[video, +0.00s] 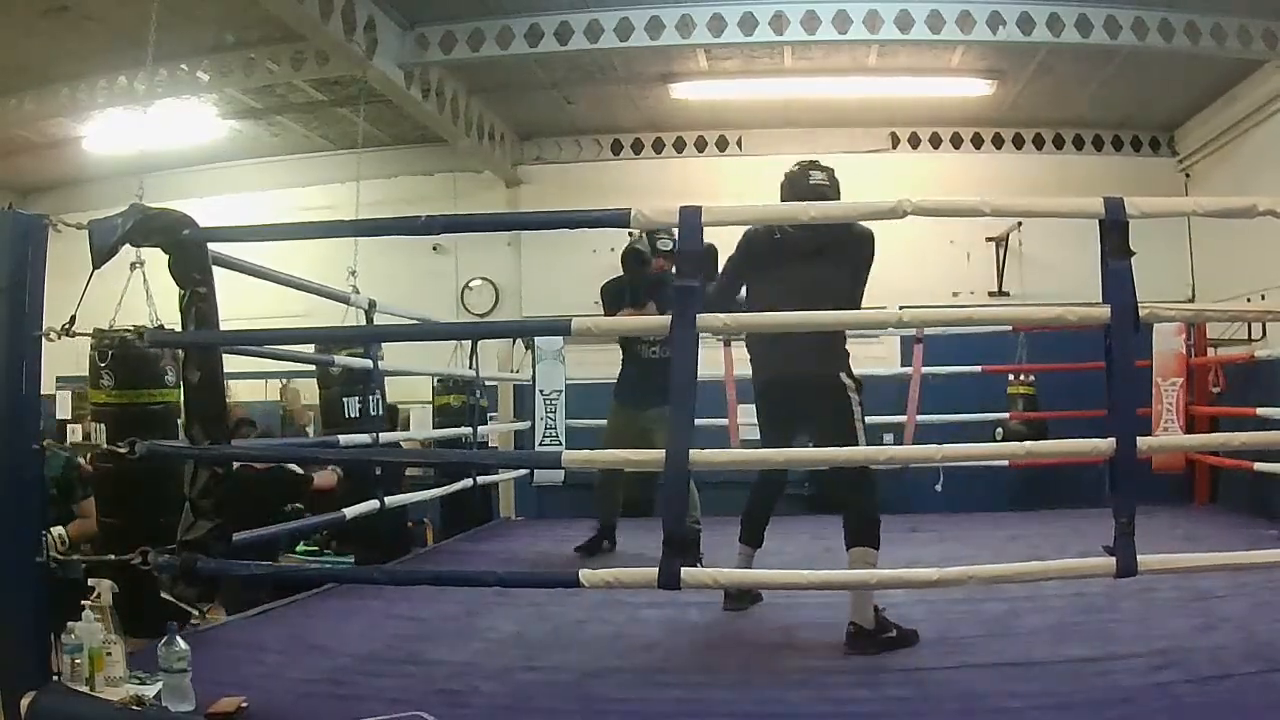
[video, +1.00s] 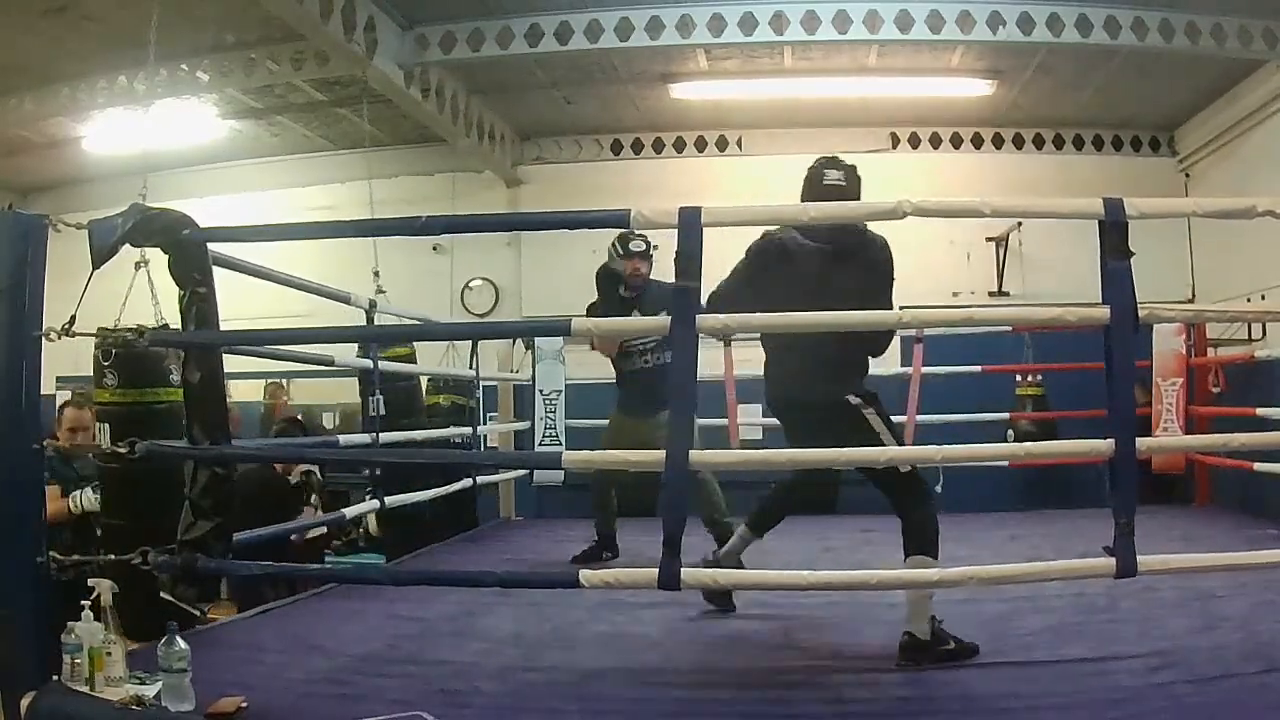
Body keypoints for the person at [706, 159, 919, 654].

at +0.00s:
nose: (825, 205)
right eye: (829, 194)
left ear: (784, 198)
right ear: (836, 198)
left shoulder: (758, 237)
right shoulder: (857, 239)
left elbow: (721, 296)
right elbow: (845, 308)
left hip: (771, 379)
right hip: (827, 377)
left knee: (770, 471)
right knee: (859, 485)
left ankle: (738, 581)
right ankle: (864, 620)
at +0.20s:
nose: (758, 203)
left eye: (761, 195)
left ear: (767, 195)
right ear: (817, 189)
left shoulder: (754, 236)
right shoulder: (852, 227)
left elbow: (735, 311)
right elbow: (857, 304)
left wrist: (717, 281)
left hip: (786, 381)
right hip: (846, 379)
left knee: (767, 476)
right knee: (867, 489)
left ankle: (739, 581)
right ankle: (865, 616)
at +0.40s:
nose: (766, 211)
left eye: (755, 204)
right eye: (785, 190)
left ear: (746, 206)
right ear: (798, 194)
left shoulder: (741, 248)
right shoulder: (836, 227)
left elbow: (738, 326)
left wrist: (717, 251)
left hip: (796, 380)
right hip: (856, 375)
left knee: (777, 475)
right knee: (884, 475)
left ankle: (739, 579)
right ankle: (880, 604)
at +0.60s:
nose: (819, 220)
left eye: (798, 210)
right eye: (826, 209)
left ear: (785, 213)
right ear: (836, 213)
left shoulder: (762, 259)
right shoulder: (862, 257)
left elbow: (725, 319)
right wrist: (820, 226)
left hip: (787, 405)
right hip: (844, 401)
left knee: (790, 481)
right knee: (898, 495)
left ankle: (734, 572)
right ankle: (915, 615)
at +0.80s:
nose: (819, 214)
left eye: (818, 205)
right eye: (828, 202)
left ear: (806, 211)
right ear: (856, 212)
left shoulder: (781, 253)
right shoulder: (874, 261)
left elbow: (732, 293)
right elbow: (863, 330)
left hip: (778, 396)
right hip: (835, 399)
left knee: (791, 480)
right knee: (907, 504)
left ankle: (733, 573)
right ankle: (918, 628)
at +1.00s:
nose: (839, 212)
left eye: (828, 201)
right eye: (847, 202)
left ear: (804, 200)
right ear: (857, 202)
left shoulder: (772, 247)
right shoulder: (871, 251)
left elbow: (717, 312)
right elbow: (877, 340)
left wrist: (767, 313)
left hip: (785, 396)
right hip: (844, 397)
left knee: (808, 481)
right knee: (916, 500)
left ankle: (723, 562)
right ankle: (921, 630)